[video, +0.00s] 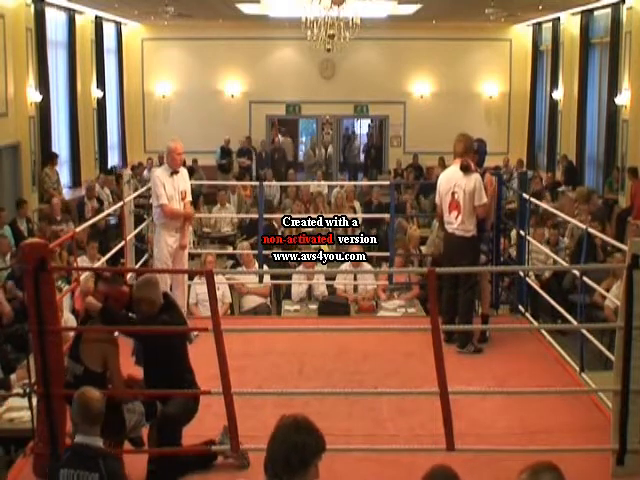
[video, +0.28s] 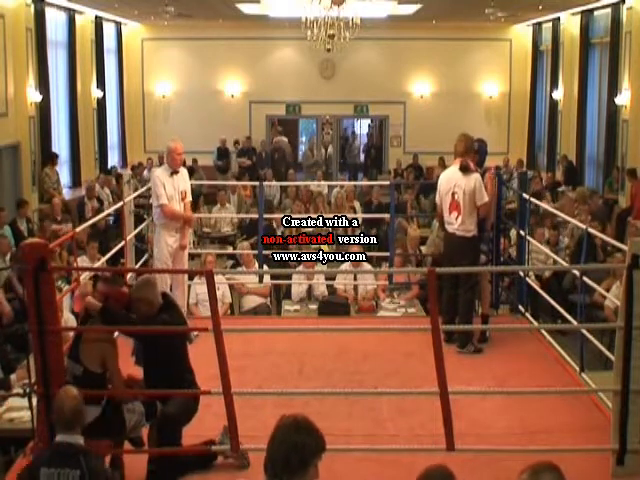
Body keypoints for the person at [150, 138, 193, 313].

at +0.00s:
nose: (180, 158)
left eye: (182, 154)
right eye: (177, 155)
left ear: (183, 156)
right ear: (167, 156)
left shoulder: (184, 173)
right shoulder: (158, 174)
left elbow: (187, 202)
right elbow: (165, 208)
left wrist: (185, 233)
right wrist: (185, 213)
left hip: (182, 226)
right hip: (165, 227)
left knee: (181, 270)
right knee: (163, 270)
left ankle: (180, 311)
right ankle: (162, 310)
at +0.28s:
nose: (180, 158)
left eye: (181, 154)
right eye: (176, 155)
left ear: (183, 156)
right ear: (167, 156)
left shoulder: (184, 173)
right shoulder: (158, 174)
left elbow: (187, 202)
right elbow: (164, 208)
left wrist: (185, 234)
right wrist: (185, 216)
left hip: (182, 226)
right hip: (165, 227)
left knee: (181, 270)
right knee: (163, 270)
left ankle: (180, 311)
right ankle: (161, 310)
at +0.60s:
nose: (179, 158)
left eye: (181, 154)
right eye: (175, 155)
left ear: (183, 156)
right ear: (166, 157)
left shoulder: (184, 173)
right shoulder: (158, 174)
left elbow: (188, 204)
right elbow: (166, 209)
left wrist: (185, 233)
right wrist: (187, 211)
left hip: (183, 227)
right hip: (165, 228)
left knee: (181, 271)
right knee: (163, 270)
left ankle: (181, 310)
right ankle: (162, 310)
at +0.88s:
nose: (180, 158)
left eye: (181, 154)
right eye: (176, 155)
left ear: (183, 156)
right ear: (167, 156)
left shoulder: (184, 173)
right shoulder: (158, 174)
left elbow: (188, 205)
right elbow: (166, 209)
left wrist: (185, 235)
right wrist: (186, 211)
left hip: (182, 229)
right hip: (165, 229)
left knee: (181, 271)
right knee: (163, 271)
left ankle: (181, 309)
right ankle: (163, 309)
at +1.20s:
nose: (180, 158)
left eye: (181, 154)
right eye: (176, 155)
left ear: (183, 155)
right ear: (167, 156)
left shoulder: (184, 173)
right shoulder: (157, 174)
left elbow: (188, 204)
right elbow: (166, 208)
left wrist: (185, 234)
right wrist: (186, 212)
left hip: (182, 227)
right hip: (165, 227)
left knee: (181, 270)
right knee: (164, 270)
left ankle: (182, 308)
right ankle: (164, 309)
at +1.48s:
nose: (179, 158)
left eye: (181, 154)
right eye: (175, 155)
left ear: (183, 156)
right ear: (167, 156)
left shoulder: (184, 173)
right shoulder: (158, 174)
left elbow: (189, 204)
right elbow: (166, 209)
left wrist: (185, 235)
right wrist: (187, 209)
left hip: (182, 228)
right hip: (165, 228)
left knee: (181, 270)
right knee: (164, 270)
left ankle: (181, 307)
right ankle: (163, 308)